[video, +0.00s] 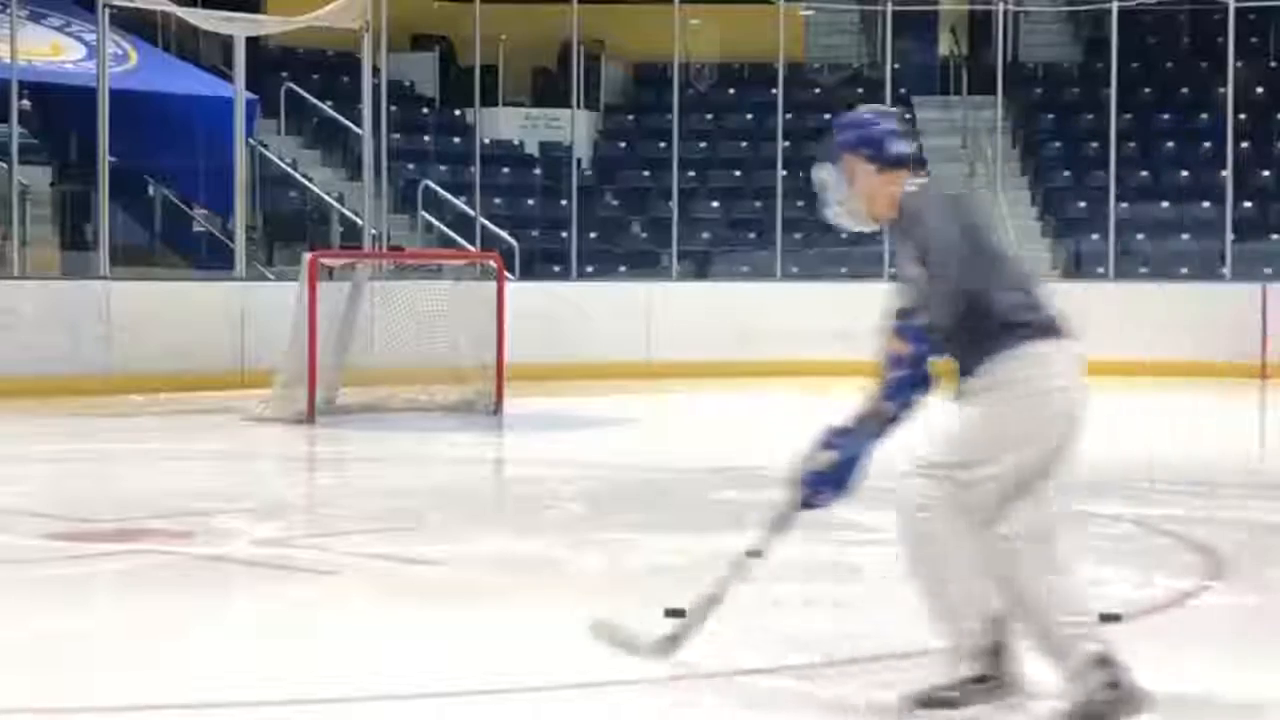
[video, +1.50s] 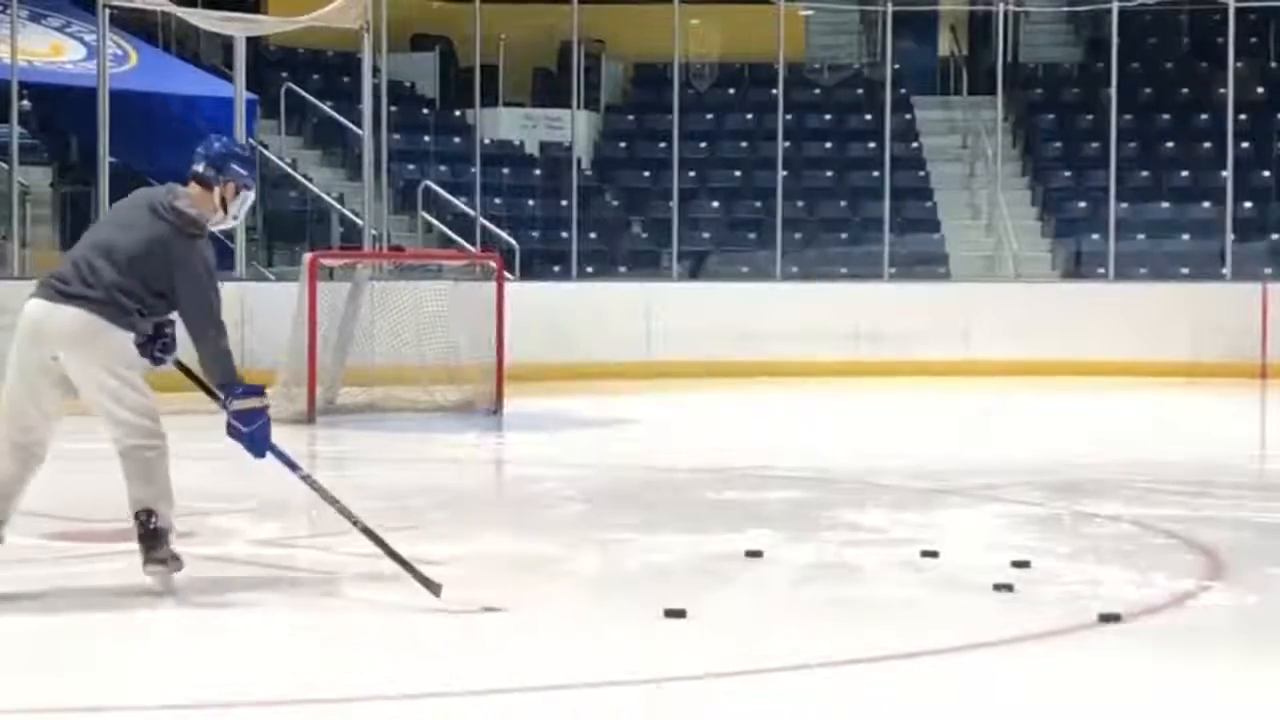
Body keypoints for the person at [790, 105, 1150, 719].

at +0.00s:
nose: (845, 189)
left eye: (849, 172)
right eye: (842, 174)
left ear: (881, 167)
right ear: (892, 169)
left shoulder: (928, 213)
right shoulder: (919, 225)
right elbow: (911, 363)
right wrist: (851, 444)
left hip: (1026, 376)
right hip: (1044, 376)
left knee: (927, 487)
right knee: (1007, 528)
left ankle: (981, 661)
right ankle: (1097, 674)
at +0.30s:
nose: (540, 173)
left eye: (545, 159)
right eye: (541, 160)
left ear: (567, 157)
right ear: (599, 155)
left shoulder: (590, 202)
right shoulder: (634, 204)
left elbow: (567, 309)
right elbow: (610, 361)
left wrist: (562, 348)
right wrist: (552, 449)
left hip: (663, 376)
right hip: (719, 379)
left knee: (565, 505)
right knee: (695, 550)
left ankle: (629, 654)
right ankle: (830, 637)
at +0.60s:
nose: (325, 155)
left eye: (325, 146)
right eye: (334, 146)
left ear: (318, 146)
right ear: (370, 148)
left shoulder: (296, 187)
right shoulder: (393, 205)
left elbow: (250, 263)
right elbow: (399, 288)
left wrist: (263, 328)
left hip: (329, 363)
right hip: (397, 368)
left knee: (255, 499)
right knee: (349, 526)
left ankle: (279, 640)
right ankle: (446, 597)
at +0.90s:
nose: (237, 181)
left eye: (238, 167)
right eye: (234, 167)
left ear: (176, 155)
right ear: (211, 165)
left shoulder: (112, 189)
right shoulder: (218, 223)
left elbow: (34, 242)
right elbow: (222, 318)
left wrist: (68, 303)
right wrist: (215, 400)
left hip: (95, 359)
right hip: (171, 372)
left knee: (42, 487)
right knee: (153, 483)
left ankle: (14, 603)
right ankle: (175, 570)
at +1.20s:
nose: (209, 194)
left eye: (214, 182)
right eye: (207, 179)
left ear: (161, 163)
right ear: (181, 170)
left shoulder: (89, 196)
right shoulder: (169, 236)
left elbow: (66, 264)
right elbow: (184, 330)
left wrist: (116, 334)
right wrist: (217, 400)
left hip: (20, 334)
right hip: (88, 348)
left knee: (5, 460)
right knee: (126, 455)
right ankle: (133, 562)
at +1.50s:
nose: (239, 208)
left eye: (243, 197)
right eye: (239, 194)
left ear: (195, 177)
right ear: (221, 186)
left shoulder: (142, 199)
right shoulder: (190, 243)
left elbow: (116, 261)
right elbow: (208, 331)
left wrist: (150, 322)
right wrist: (236, 396)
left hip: (39, 312)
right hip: (94, 326)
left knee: (19, 442)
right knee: (138, 433)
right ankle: (154, 538)